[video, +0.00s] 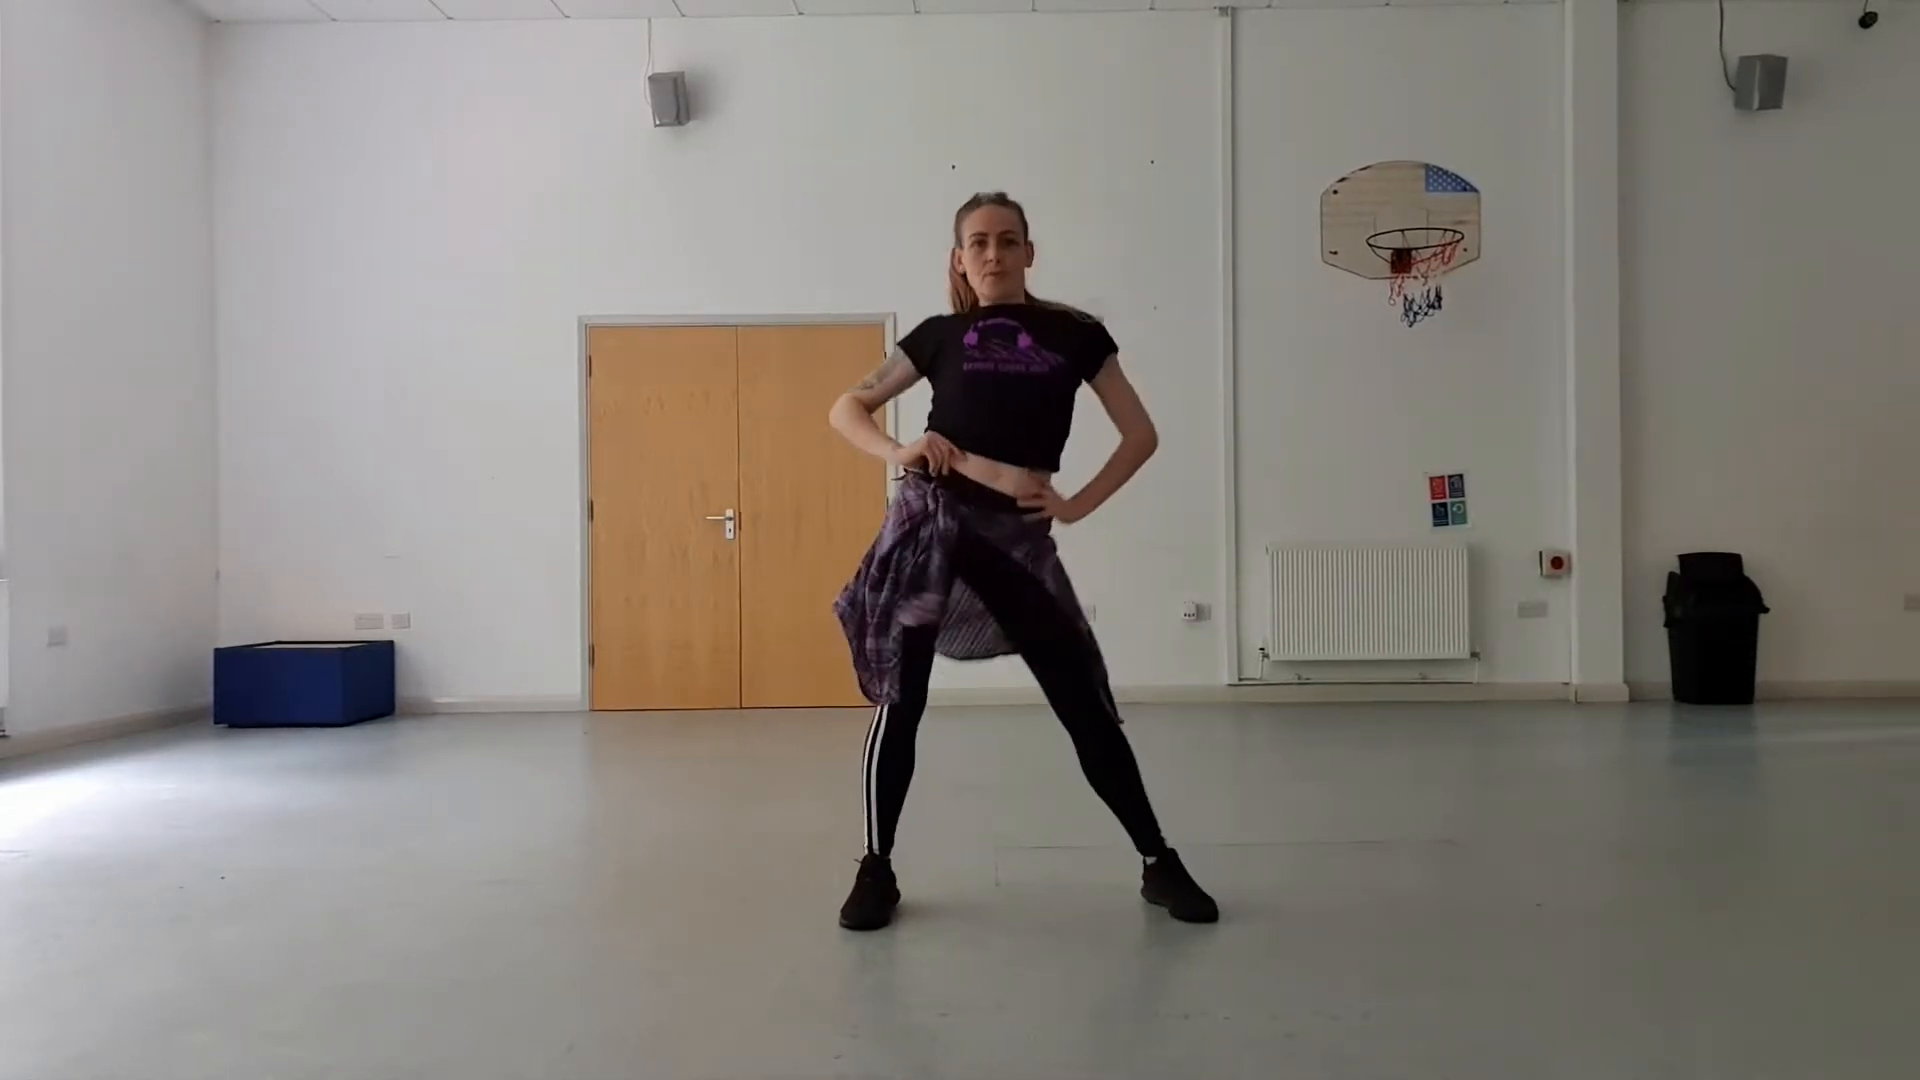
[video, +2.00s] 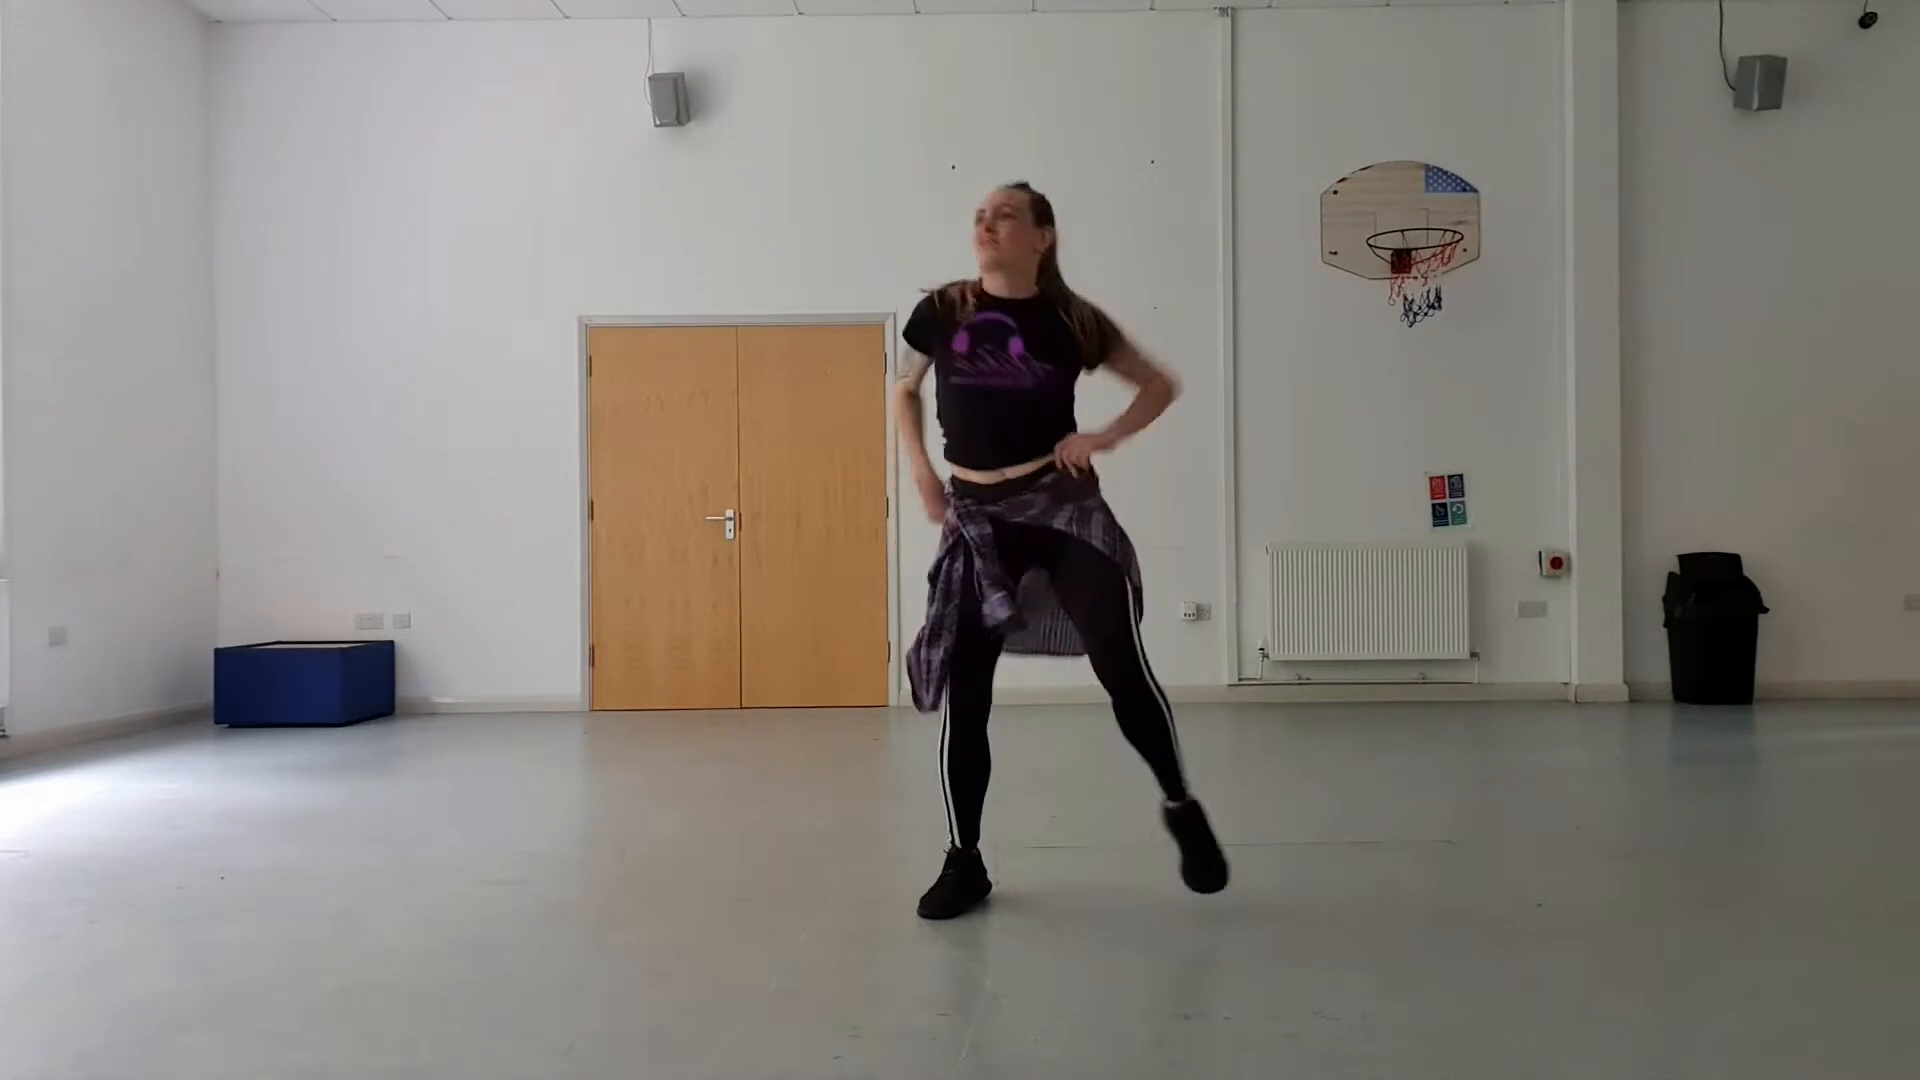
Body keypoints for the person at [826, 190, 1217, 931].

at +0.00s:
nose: (992, 253)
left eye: (1005, 241)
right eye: (978, 242)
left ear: (1029, 251)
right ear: (958, 258)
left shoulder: (1075, 335)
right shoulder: (939, 337)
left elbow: (1140, 436)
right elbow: (847, 409)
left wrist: (1080, 504)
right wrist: (894, 451)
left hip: (1017, 533)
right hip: (928, 524)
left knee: (1086, 704)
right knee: (901, 699)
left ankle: (1160, 863)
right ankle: (875, 867)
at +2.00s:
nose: (987, 225)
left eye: (1005, 216)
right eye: (981, 216)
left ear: (1043, 237)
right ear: (972, 238)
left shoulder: (1072, 319)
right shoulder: (943, 312)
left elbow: (1160, 385)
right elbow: (904, 391)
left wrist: (1104, 436)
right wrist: (923, 475)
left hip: (1064, 510)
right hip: (977, 518)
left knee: (1121, 671)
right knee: (966, 700)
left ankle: (1183, 812)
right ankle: (964, 860)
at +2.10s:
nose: (984, 204)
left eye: (1003, 195)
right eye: (980, 195)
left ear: (1042, 214)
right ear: (974, 213)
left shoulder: (1066, 279)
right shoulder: (961, 294)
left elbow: (1179, 306)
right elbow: (960, 392)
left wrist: (1091, 365)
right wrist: (951, 458)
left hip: (1062, 490)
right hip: (984, 501)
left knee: (1131, 672)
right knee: (974, 685)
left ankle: (1231, 836)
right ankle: (965, 853)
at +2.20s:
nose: (1013, 219)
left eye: (1028, 207)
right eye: (1007, 208)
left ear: (1064, 217)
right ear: (1000, 219)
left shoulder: (1078, 261)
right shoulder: (1005, 295)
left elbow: (1081, 230)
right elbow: (984, 283)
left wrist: (1019, 328)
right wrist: (987, 288)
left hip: (1061, 496)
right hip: (989, 502)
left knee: (1147, 683)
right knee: (988, 691)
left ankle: (1247, 860)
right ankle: (975, 854)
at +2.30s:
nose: (1043, 241)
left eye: (1064, 231)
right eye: (1036, 230)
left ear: (1097, 242)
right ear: (1027, 237)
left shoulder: (1099, 285)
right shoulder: (1052, 307)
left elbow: (1025, 273)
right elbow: (1030, 318)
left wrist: (935, 273)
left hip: (1077, 501)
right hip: (1012, 502)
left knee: (1131, 705)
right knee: (997, 698)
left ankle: (1242, 883)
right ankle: (980, 857)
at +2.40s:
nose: (1070, 254)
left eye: (1088, 241)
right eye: (1061, 244)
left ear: (1127, 246)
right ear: (1056, 251)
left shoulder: (1130, 296)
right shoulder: (1090, 313)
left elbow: (1043, 289)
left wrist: (944, 268)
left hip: (1121, 519)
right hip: (1063, 517)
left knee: (1146, 728)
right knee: (998, 695)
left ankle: (1251, 891)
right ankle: (986, 854)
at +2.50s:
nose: (1087, 259)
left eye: (1105, 245)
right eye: (1077, 247)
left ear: (1146, 254)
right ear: (1073, 259)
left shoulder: (1155, 313)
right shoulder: (1114, 341)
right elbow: (1128, 476)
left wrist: (1030, 296)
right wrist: (1029, 530)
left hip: (1179, 532)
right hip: (1122, 533)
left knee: (1186, 734)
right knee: (986, 664)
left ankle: (1260, 893)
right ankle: (1015, 837)